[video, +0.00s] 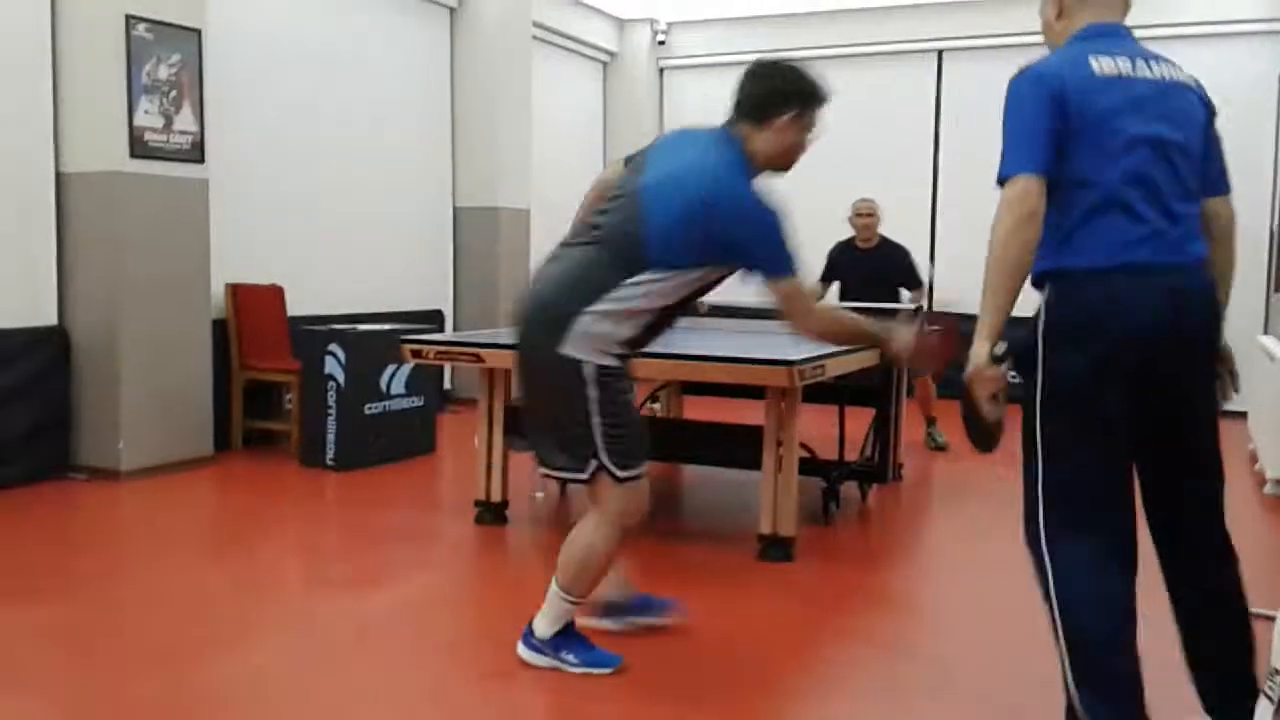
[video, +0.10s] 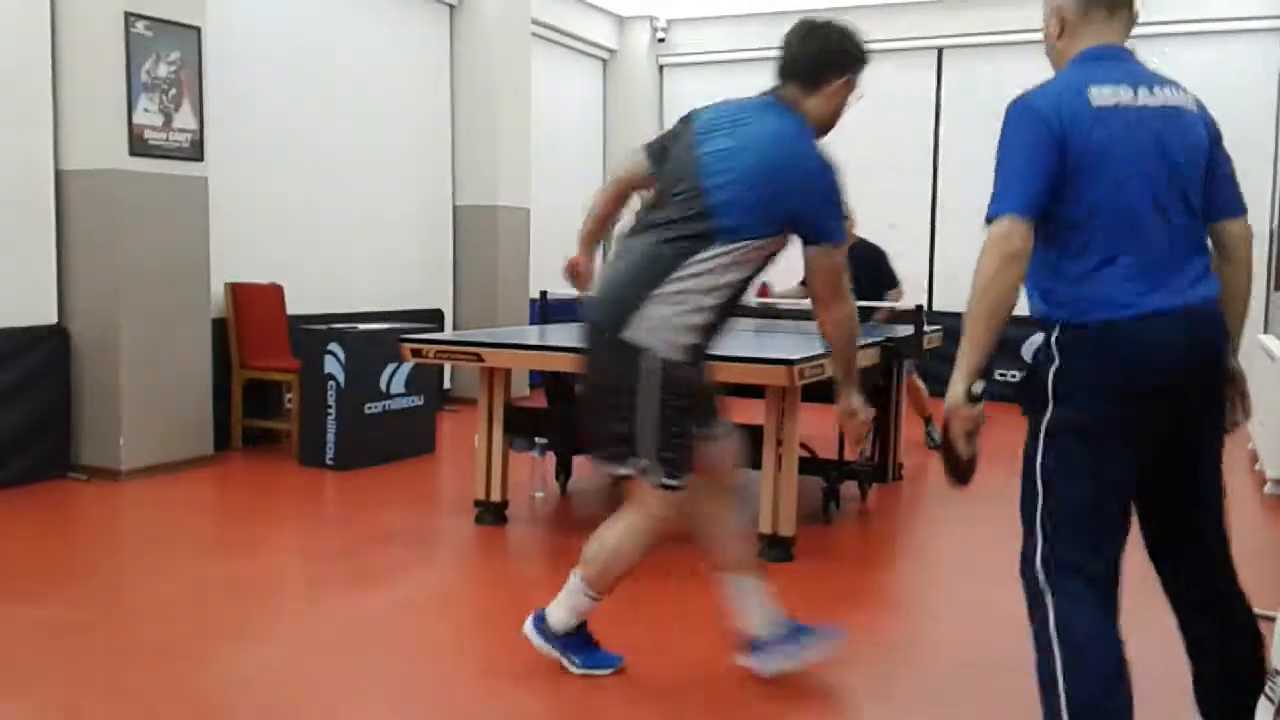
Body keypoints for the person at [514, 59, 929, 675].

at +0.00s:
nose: (806, 145)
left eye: (809, 132)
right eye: (805, 130)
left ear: (749, 115)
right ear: (777, 122)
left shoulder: (682, 144)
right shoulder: (747, 207)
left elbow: (602, 190)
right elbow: (808, 318)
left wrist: (569, 268)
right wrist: (885, 336)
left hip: (553, 321)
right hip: (580, 344)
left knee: (608, 477)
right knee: (621, 503)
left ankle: (607, 596)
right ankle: (545, 633)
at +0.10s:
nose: (847, 103)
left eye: (851, 90)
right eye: (849, 90)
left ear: (787, 74)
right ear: (831, 86)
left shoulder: (712, 119)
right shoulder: (807, 168)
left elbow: (620, 185)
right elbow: (830, 296)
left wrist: (583, 252)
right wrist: (848, 391)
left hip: (629, 324)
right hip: (650, 342)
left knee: (714, 473)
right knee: (656, 501)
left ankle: (763, 629)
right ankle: (559, 621)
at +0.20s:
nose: (889, 85)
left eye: (888, 73)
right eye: (890, 73)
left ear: (823, 59)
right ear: (879, 73)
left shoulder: (750, 122)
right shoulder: (861, 159)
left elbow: (653, 192)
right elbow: (858, 289)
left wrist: (613, 276)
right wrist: (860, 399)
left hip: (719, 350)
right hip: (736, 360)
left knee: (807, 503)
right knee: (736, 526)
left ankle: (845, 687)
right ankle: (600, 622)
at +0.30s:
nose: (934, 81)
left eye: (928, 69)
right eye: (936, 70)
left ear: (867, 64)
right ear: (930, 72)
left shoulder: (808, 135)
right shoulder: (914, 161)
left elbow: (729, 224)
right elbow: (921, 304)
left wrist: (672, 307)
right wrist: (927, 410)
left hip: (757, 348)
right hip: (804, 359)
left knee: (874, 521)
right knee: (856, 537)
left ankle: (849, 692)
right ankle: (707, 648)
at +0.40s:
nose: (1000, 58)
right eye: (992, 38)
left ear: (917, 46)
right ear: (969, 51)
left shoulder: (851, 117)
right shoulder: (971, 123)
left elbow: (781, 219)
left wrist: (781, 315)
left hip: (793, 330)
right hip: (863, 334)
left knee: (889, 497)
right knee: (919, 495)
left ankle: (852, 683)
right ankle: (891, 678)